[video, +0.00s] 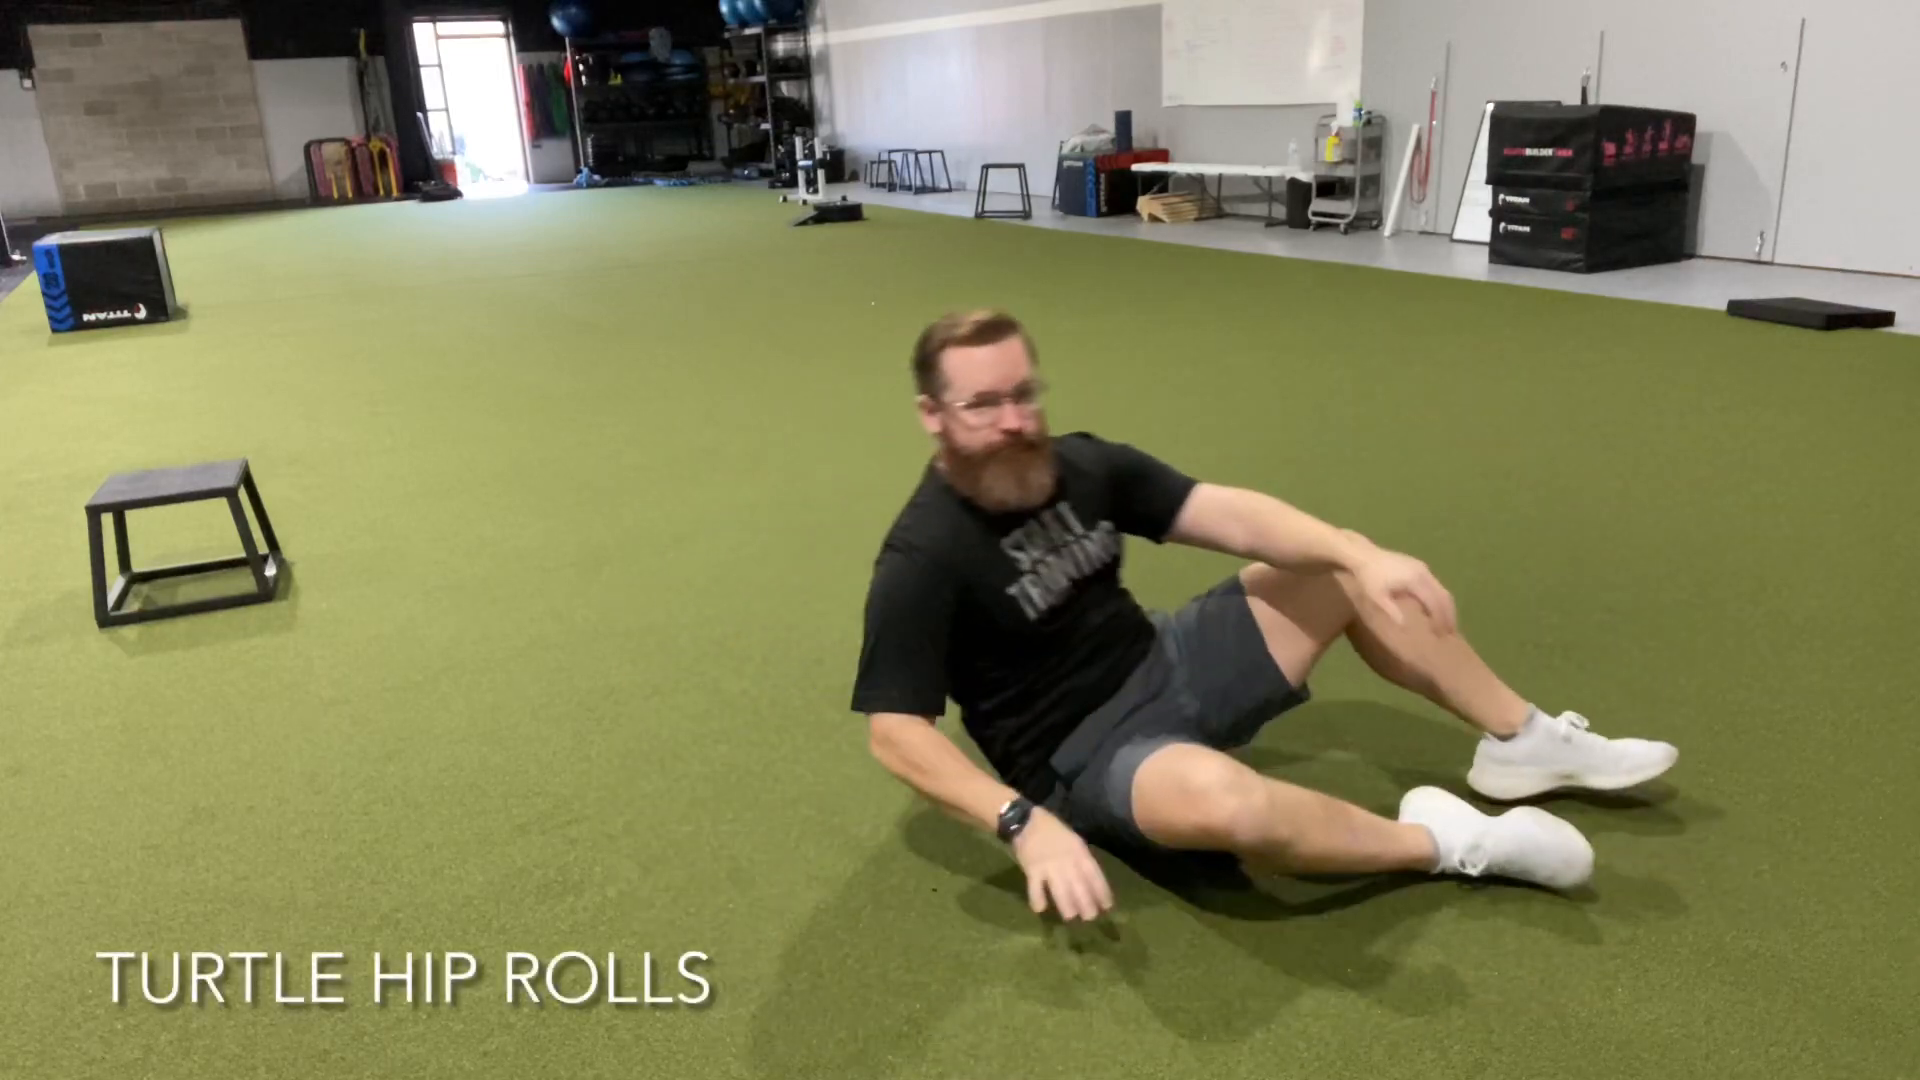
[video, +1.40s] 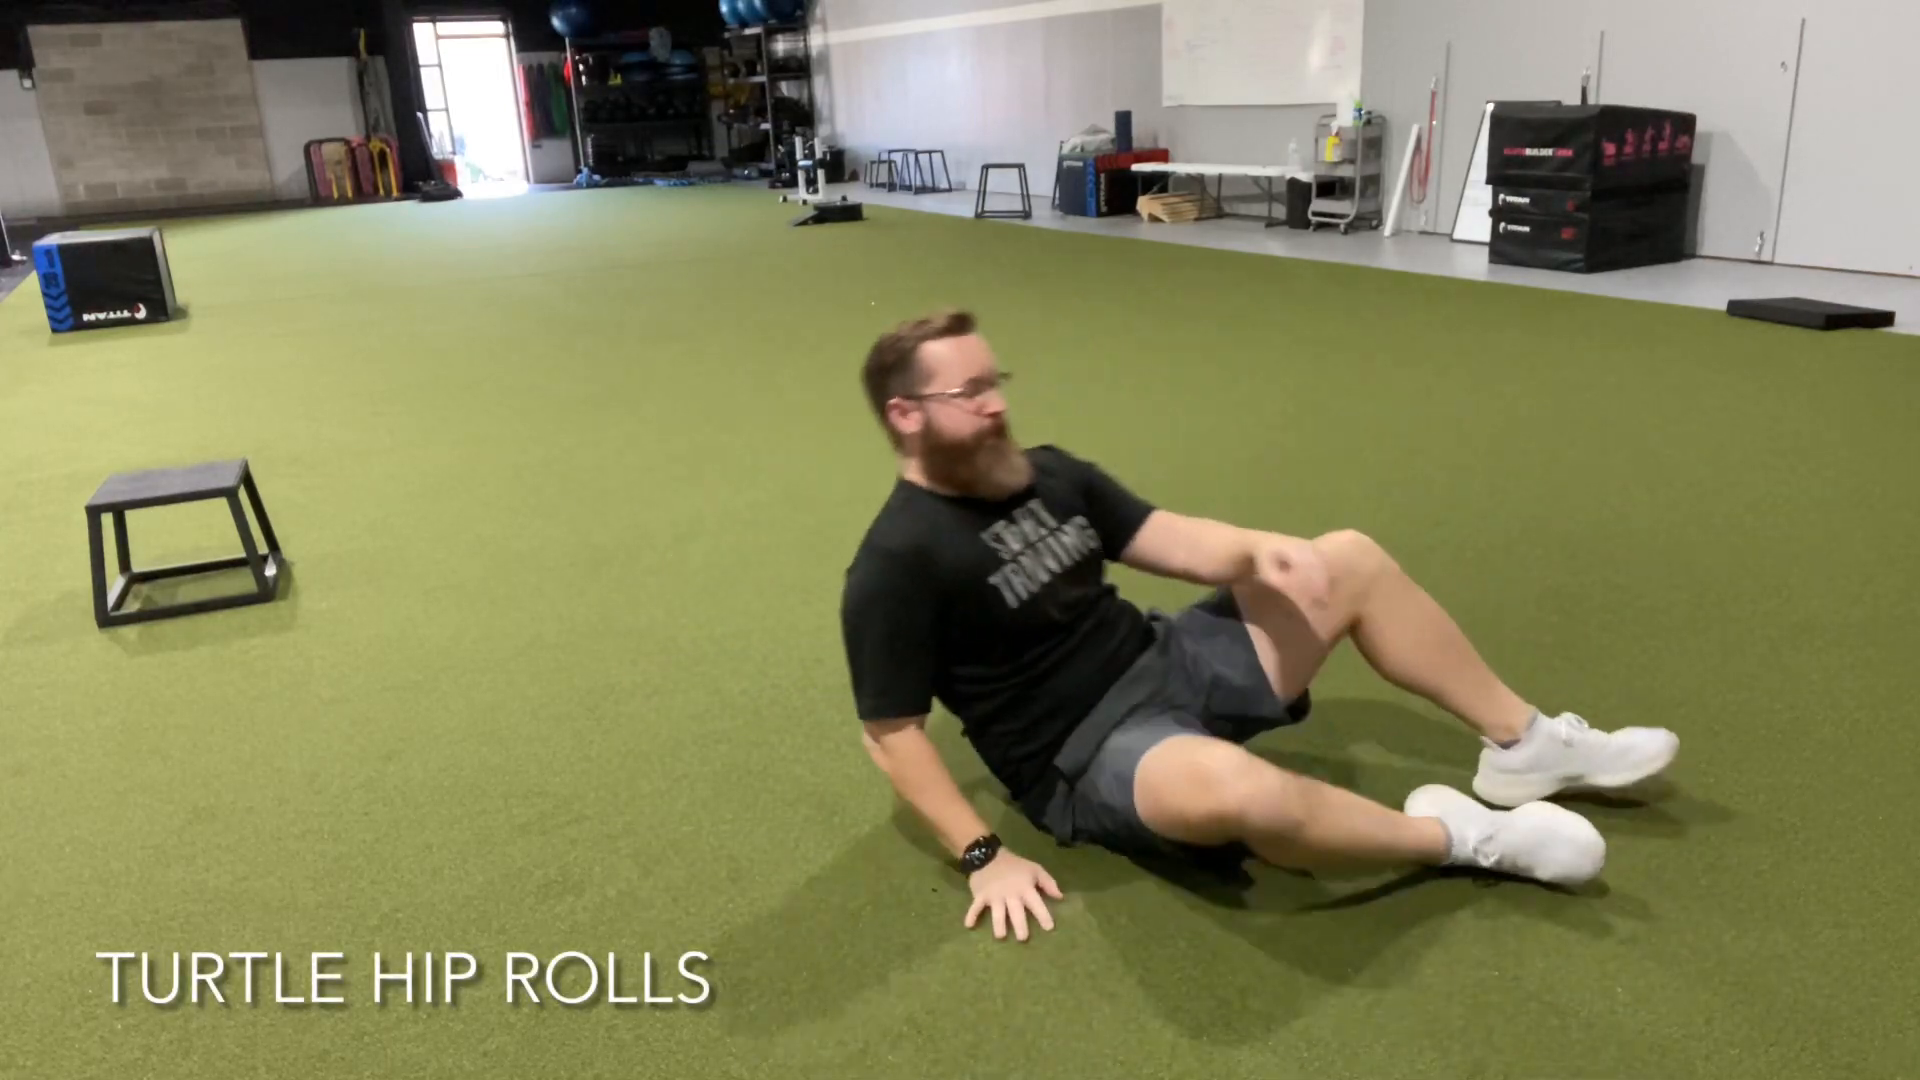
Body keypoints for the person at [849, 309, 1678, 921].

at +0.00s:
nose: (1018, 418)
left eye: (1026, 395)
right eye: (989, 404)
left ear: (1040, 390)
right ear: (933, 420)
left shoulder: (1083, 466)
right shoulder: (921, 558)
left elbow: (1224, 515)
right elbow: (894, 728)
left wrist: (1359, 557)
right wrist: (1024, 824)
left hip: (1164, 664)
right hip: (1083, 751)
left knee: (1342, 566)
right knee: (1225, 806)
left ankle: (1528, 738)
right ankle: (1441, 841)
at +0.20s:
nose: (1098, 405)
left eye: (1109, 380)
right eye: (1069, 389)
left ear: (1127, 370)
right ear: (1014, 400)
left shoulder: (1168, 466)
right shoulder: (975, 549)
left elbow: (1311, 533)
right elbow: (909, 706)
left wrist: (1446, 592)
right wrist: (989, 843)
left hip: (1204, 668)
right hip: (1109, 754)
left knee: (1365, 568)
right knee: (1248, 830)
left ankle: (1538, 747)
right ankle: (1451, 845)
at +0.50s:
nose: (1207, 409)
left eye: (1217, 381)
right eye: (1178, 389)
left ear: (1227, 366)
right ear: (1104, 383)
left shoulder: (1261, 463)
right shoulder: (1034, 532)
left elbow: (1407, 549)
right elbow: (975, 692)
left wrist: (1548, 632)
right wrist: (987, 848)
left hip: (1254, 669)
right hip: (1142, 748)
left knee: (1394, 566)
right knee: (1243, 884)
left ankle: (1537, 751)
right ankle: (1445, 846)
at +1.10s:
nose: (1151, 394)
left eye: (1154, 368)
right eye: (1125, 376)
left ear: (1158, 356)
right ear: (1047, 382)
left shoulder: (1196, 457)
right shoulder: (990, 541)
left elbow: (1342, 547)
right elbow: (947, 707)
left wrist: (1467, 603)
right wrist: (988, 855)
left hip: (1228, 670)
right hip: (1131, 756)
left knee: (1385, 556)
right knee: (1243, 879)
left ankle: (1545, 751)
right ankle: (1444, 844)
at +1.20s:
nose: (1107, 393)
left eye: (1107, 367)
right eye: (1079, 377)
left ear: (1111, 364)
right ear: (1003, 393)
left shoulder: (1151, 460)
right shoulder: (960, 550)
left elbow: (1289, 544)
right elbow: (929, 718)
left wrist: (1413, 584)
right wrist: (988, 854)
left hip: (1210, 667)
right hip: (1117, 755)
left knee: (1376, 569)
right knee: (1254, 861)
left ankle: (1544, 748)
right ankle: (1454, 844)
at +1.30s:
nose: (1052, 394)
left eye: (1052, 371)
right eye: (1026, 381)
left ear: (1060, 371)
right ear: (954, 404)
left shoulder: (1099, 466)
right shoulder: (928, 559)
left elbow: (1222, 537)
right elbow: (911, 726)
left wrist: (1324, 563)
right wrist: (985, 855)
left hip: (1193, 664)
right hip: (1103, 755)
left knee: (1363, 570)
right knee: (1248, 828)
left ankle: (1542, 748)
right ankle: (1453, 843)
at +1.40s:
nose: (996, 406)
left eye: (994, 385)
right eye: (970, 395)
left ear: (997, 387)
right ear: (905, 419)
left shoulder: (1051, 477)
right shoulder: (892, 570)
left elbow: (1174, 539)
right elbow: (892, 733)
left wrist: (1259, 553)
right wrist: (984, 857)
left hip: (1169, 659)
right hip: (1088, 751)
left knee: (1342, 563)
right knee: (1240, 791)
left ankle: (1522, 737)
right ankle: (1457, 832)